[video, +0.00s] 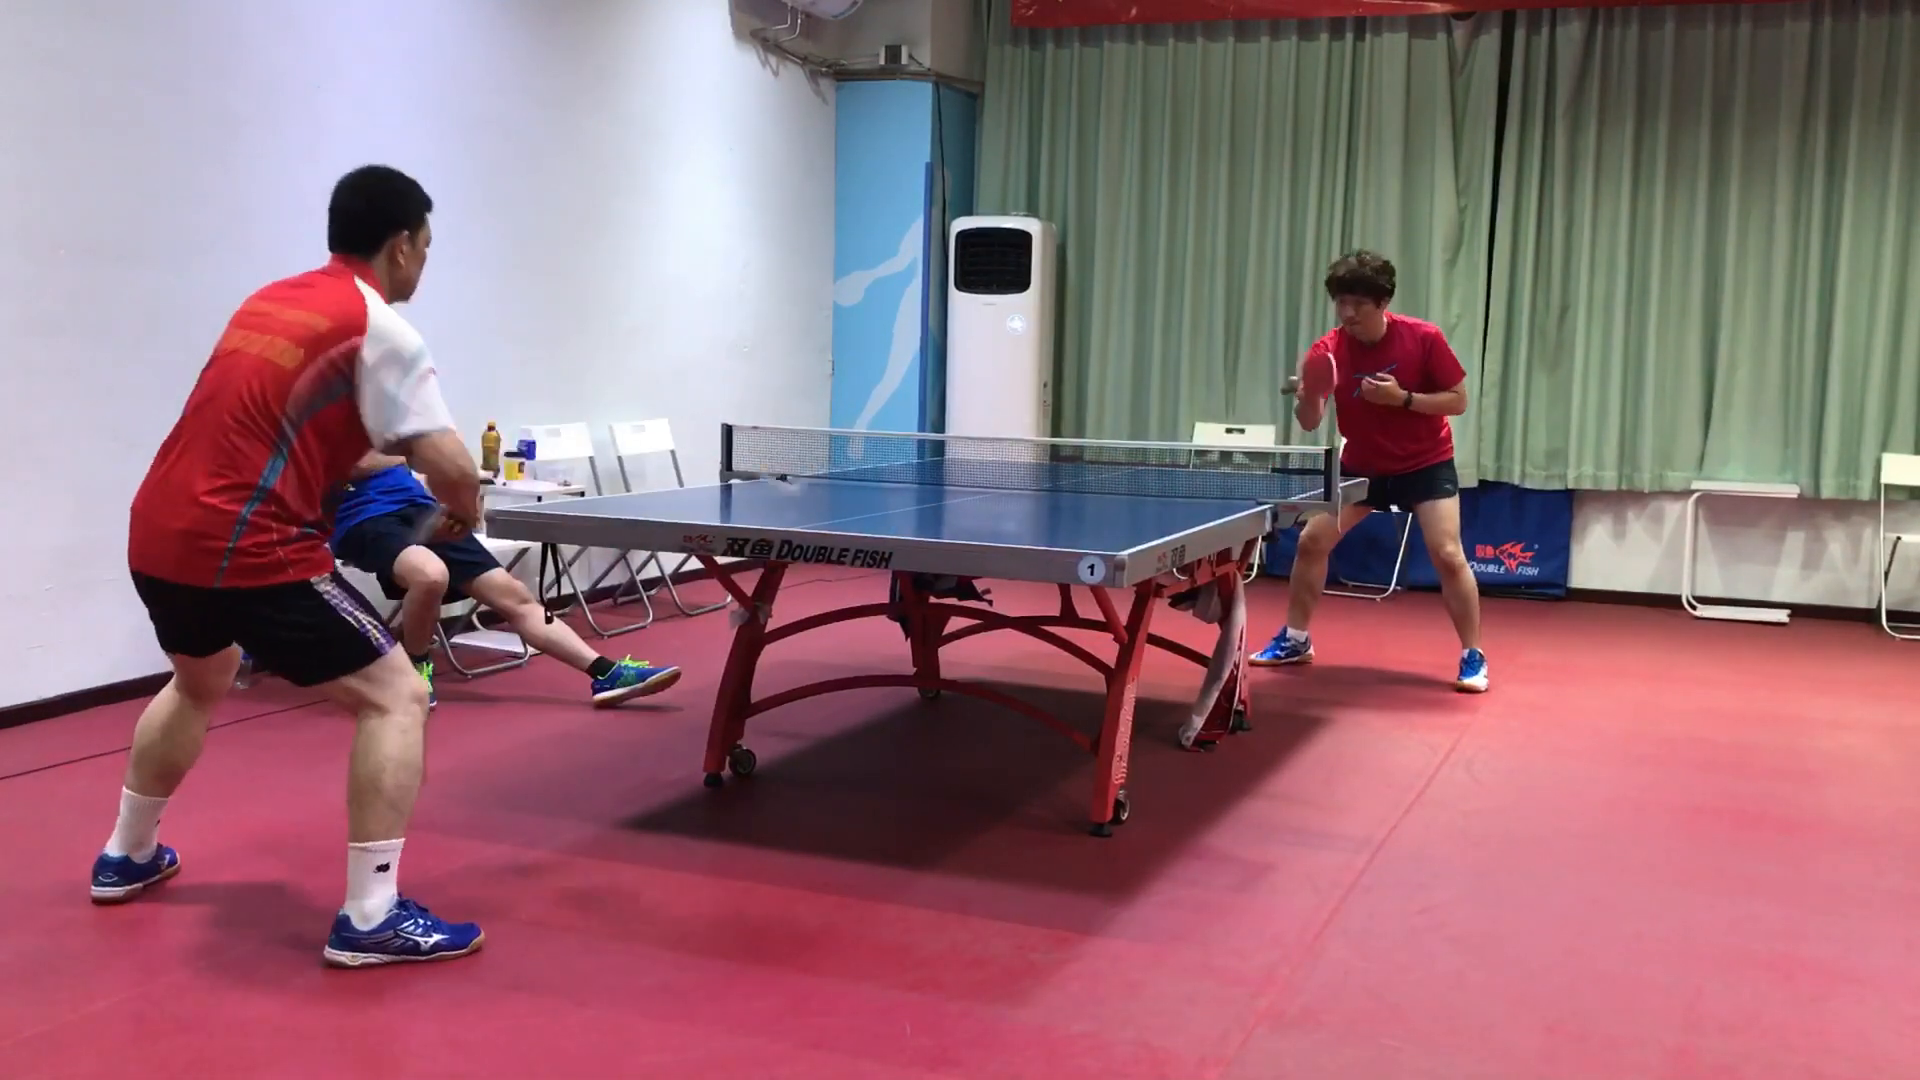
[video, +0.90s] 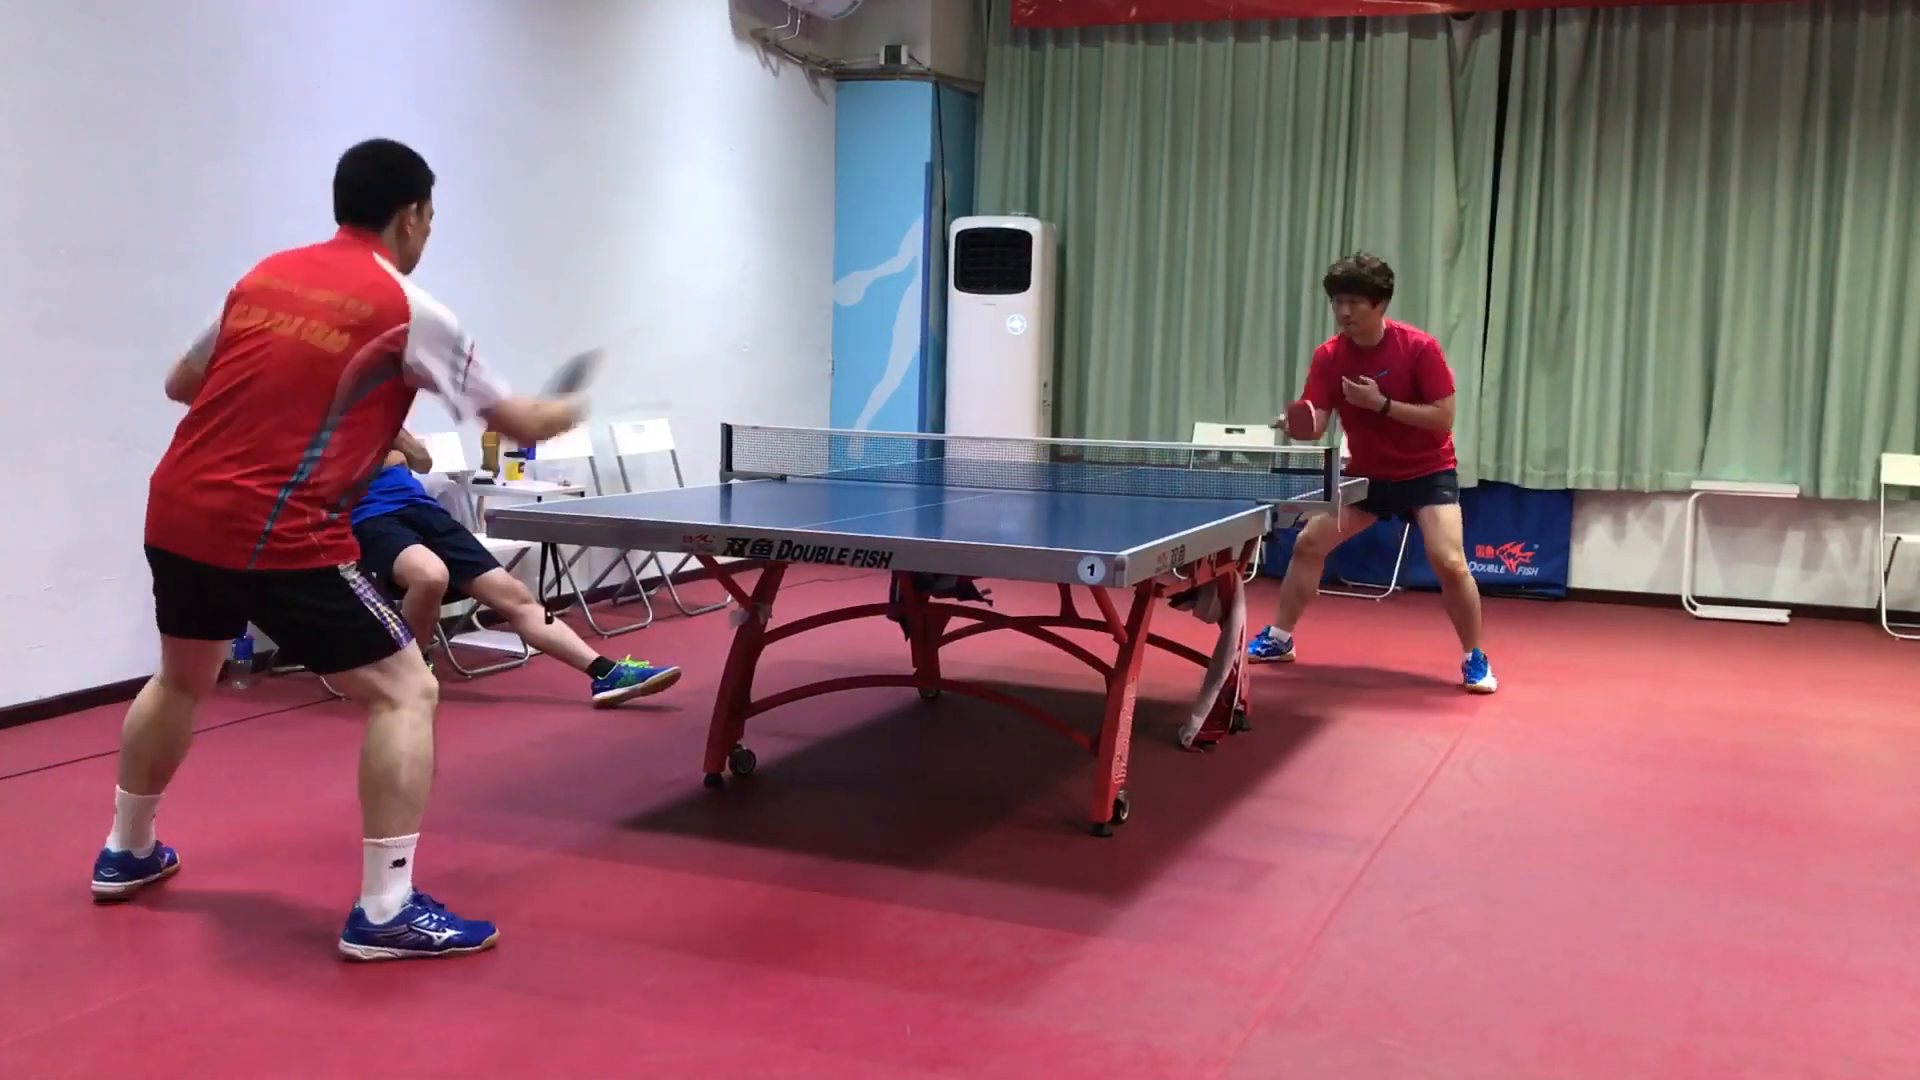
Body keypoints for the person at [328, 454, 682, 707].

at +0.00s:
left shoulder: (389, 410)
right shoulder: (324, 419)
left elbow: (411, 461)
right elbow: (346, 464)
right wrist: (411, 449)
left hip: (417, 508)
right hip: (365, 521)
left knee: (514, 594)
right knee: (429, 574)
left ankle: (604, 670)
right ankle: (416, 665)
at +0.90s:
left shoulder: (373, 414)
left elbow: (423, 462)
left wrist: (392, 433)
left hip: (417, 503)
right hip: (364, 513)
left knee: (514, 595)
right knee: (430, 576)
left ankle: (604, 671)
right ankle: (407, 675)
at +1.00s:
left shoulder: (371, 407)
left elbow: (422, 460)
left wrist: (386, 428)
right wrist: (624, 370)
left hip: (415, 504)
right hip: (366, 514)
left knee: (512, 593)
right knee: (430, 575)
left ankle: (604, 670)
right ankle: (410, 674)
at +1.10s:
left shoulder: (373, 412)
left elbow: (421, 460)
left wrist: (388, 430)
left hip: (413, 502)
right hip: (365, 513)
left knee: (511, 593)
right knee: (430, 576)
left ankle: (604, 670)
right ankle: (409, 675)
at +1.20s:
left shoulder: (374, 405)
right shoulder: (323, 423)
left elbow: (423, 462)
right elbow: (347, 466)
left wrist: (389, 426)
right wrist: (396, 453)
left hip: (419, 505)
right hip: (368, 516)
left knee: (513, 595)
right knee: (431, 575)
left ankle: (604, 670)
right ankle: (416, 664)